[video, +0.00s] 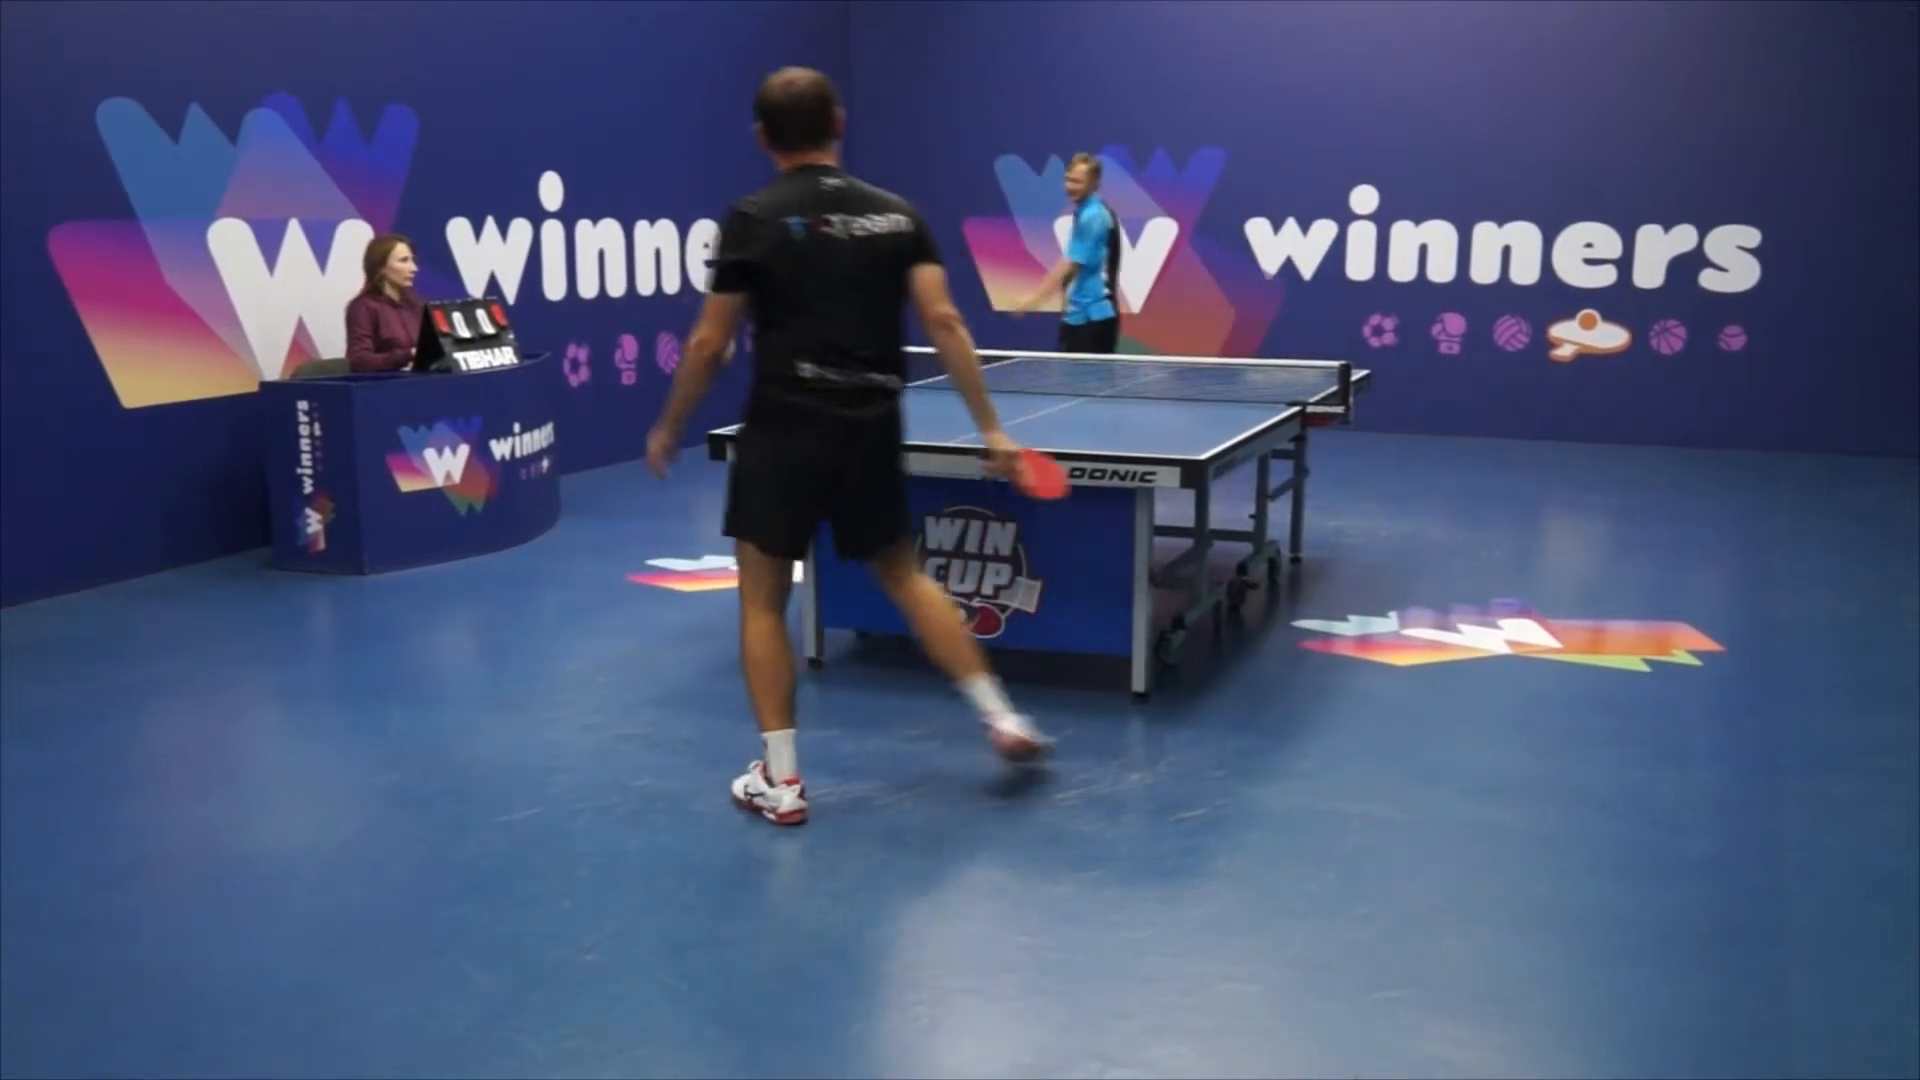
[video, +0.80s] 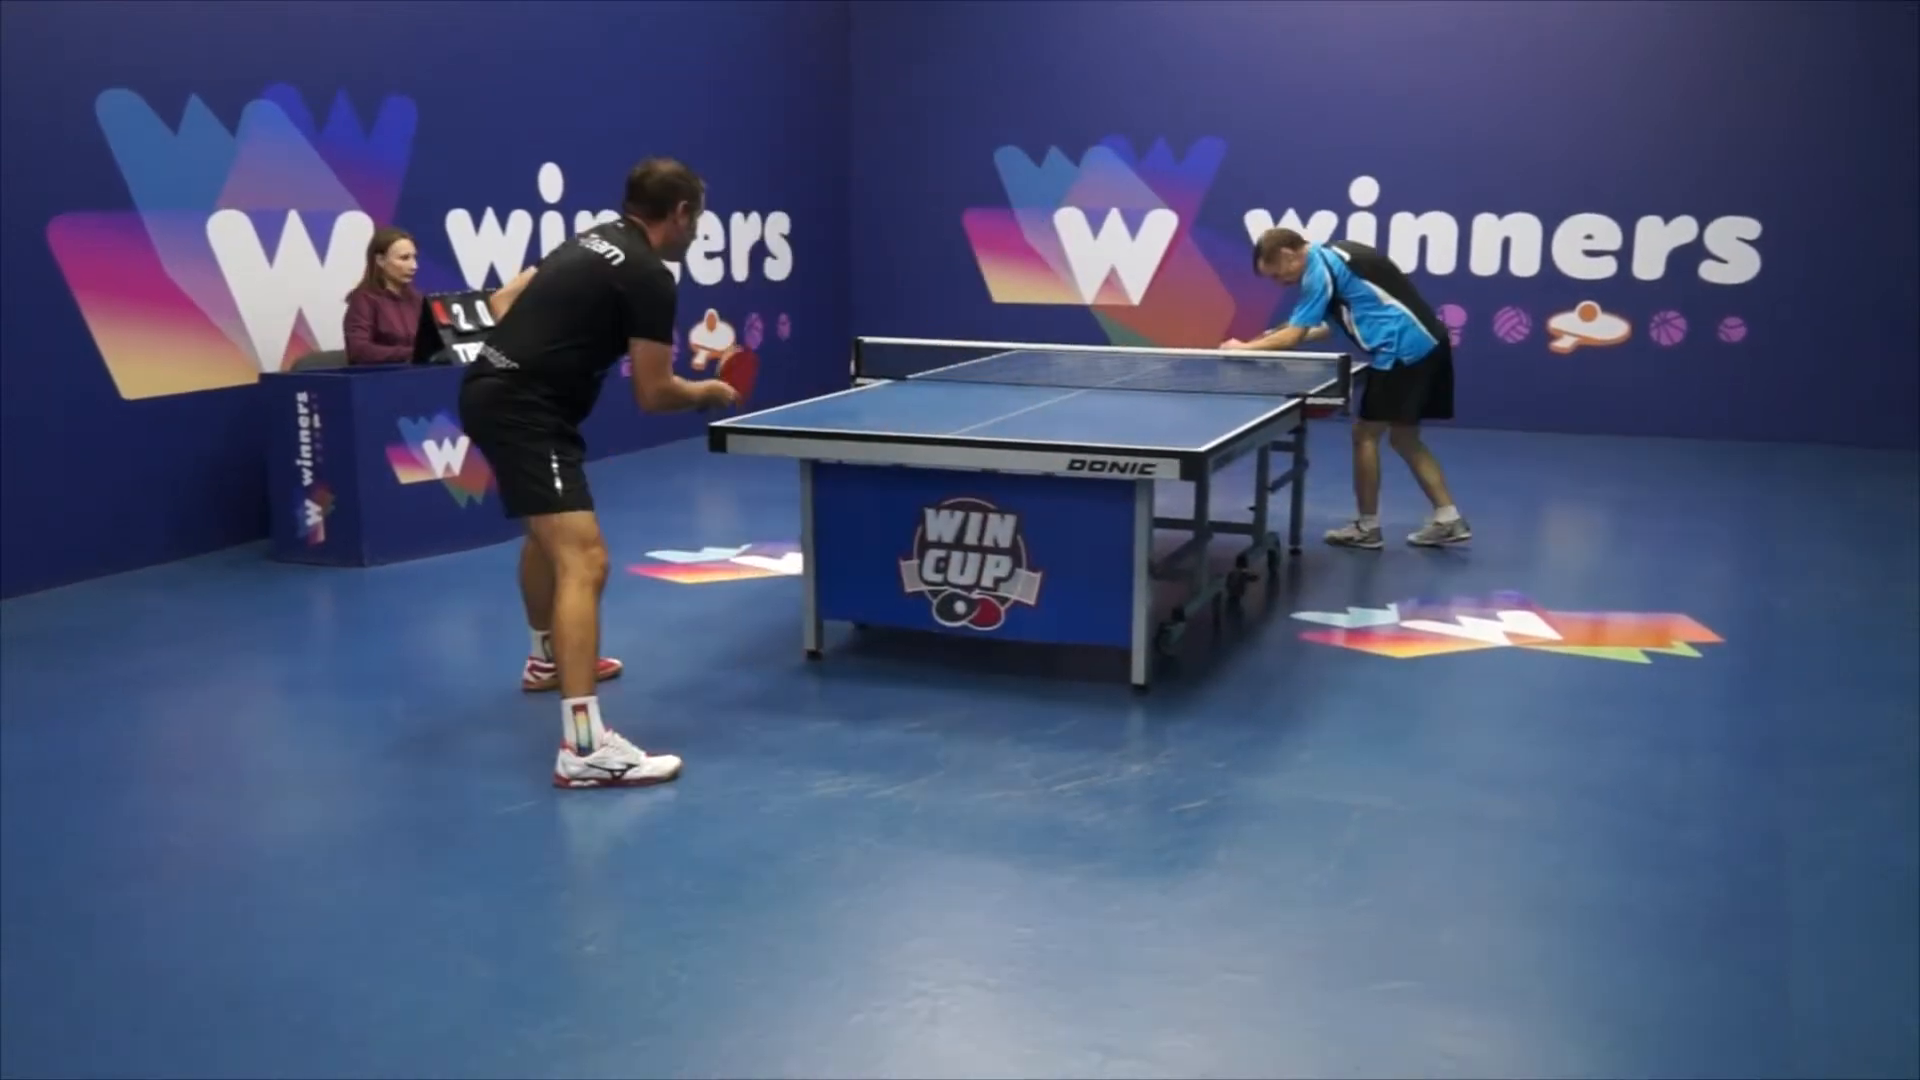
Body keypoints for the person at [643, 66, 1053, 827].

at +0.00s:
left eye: (758, 130)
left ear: (763, 137)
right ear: (837, 128)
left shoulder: (752, 222)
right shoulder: (895, 215)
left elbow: (710, 345)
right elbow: (944, 322)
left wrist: (668, 425)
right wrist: (991, 428)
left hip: (783, 440)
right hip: (872, 439)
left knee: (762, 599)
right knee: (906, 574)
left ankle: (781, 777)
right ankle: (1001, 716)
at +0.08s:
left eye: (737, 120)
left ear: (740, 127)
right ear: (815, 117)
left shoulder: (727, 211)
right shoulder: (872, 206)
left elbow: (686, 330)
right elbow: (919, 316)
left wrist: (654, 402)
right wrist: (960, 423)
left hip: (765, 428)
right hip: (851, 424)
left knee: (761, 598)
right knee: (859, 555)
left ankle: (781, 778)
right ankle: (935, 698)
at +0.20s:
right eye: (788, 105)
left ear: (714, 122)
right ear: (789, 114)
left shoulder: (693, 206)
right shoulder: (842, 202)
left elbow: (657, 323)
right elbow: (884, 316)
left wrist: (644, 379)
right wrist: (909, 424)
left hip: (743, 418)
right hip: (827, 414)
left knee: (759, 591)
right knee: (807, 551)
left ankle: (780, 775)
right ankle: (815, 705)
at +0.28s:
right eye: (773, 110)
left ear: (698, 126)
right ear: (773, 119)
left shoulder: (675, 210)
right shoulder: (823, 206)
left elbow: (642, 330)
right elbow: (865, 320)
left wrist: (639, 377)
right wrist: (873, 420)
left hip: (731, 417)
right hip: (812, 414)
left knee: (755, 597)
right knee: (770, 569)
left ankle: (782, 778)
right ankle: (754, 710)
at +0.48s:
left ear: (668, 135)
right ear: (741, 133)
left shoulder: (643, 215)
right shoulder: (784, 217)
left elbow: (619, 335)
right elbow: (829, 323)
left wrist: (621, 406)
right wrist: (805, 398)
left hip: (689, 414)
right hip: (768, 411)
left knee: (723, 585)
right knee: (721, 573)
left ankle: (774, 762)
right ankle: (682, 710)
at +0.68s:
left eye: (648, 112)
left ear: (646, 120)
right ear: (718, 120)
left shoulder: (621, 195)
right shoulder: (757, 205)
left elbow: (594, 305)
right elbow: (790, 315)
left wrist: (573, 406)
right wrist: (742, 343)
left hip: (653, 399)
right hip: (732, 399)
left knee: (636, 558)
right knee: (710, 554)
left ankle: (707, 678)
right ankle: (684, 704)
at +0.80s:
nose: (695, 231)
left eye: (697, 220)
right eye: (695, 219)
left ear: (635, 208)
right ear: (676, 215)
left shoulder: (594, 241)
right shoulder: (650, 276)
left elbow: (504, 301)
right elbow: (654, 392)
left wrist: (551, 351)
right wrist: (709, 390)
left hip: (491, 394)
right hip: (527, 406)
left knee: (545, 533)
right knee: (584, 562)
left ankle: (547, 656)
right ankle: (583, 742)